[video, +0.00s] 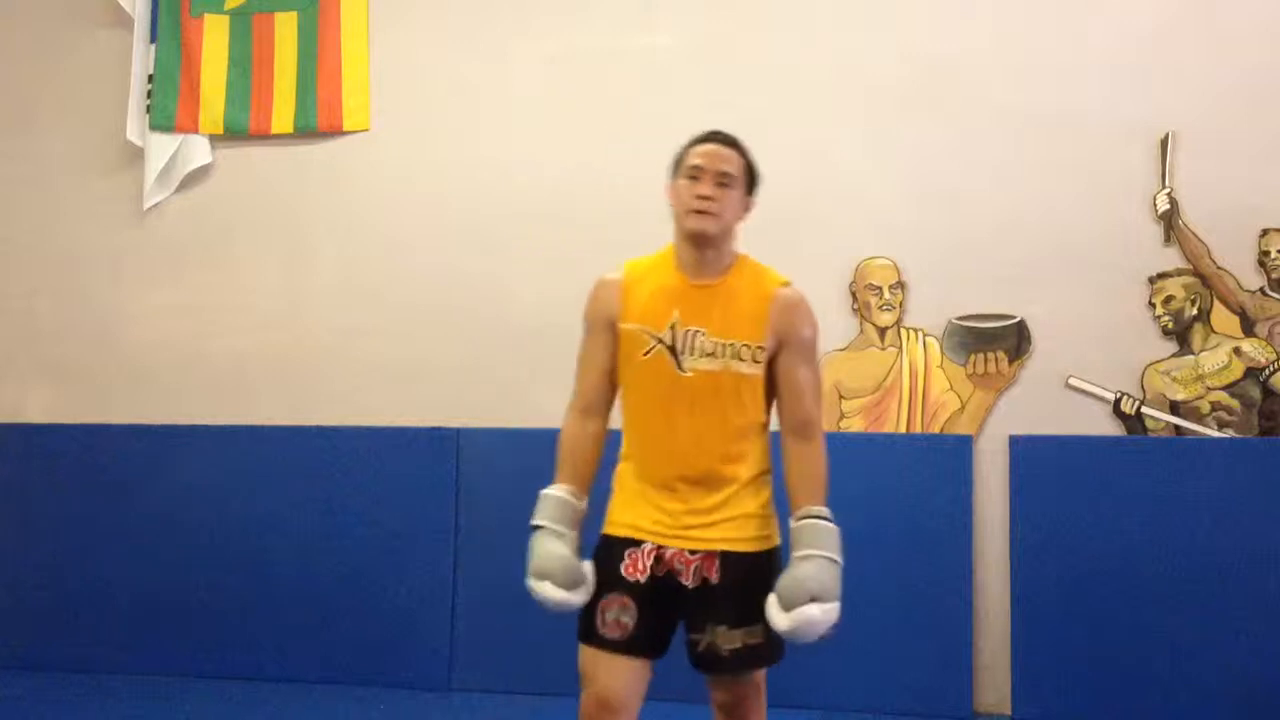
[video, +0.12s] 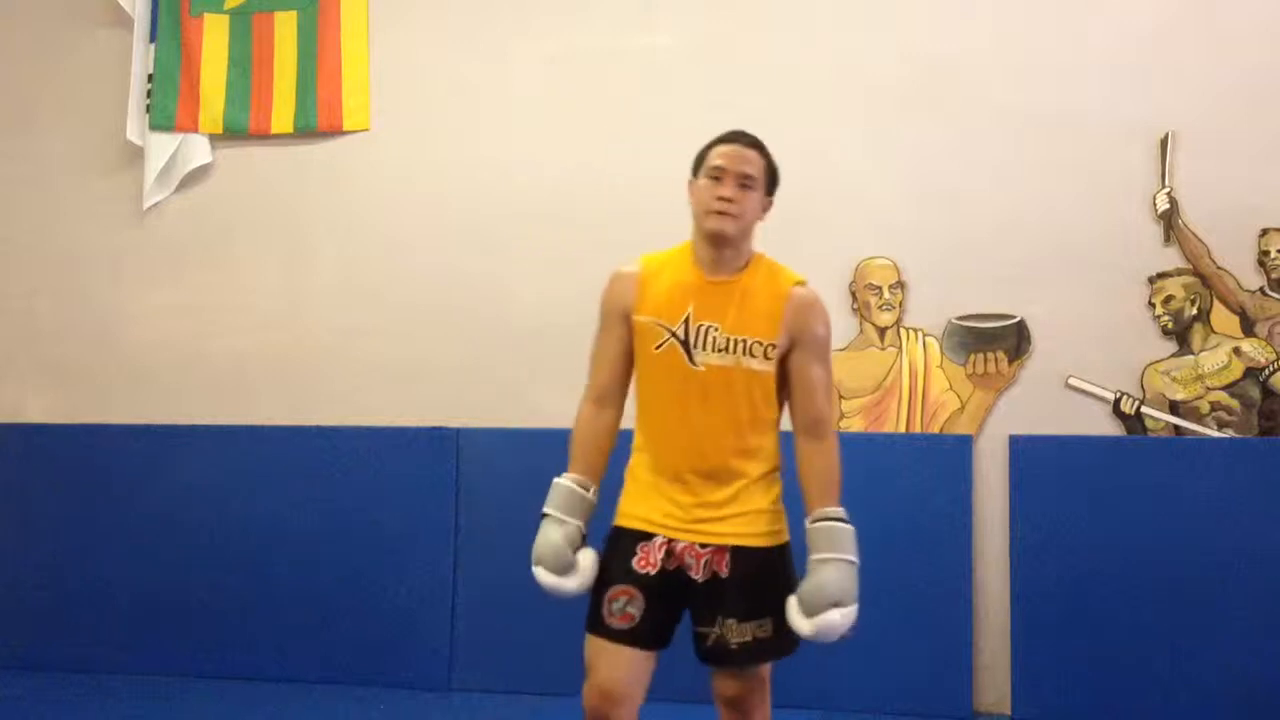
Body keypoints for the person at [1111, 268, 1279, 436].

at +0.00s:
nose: (1158, 313)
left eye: (1168, 302)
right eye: (1154, 307)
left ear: (1195, 303)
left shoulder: (1251, 349)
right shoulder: (1158, 374)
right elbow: (1164, 449)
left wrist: (1271, 373)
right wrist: (1133, 425)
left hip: (1251, 466)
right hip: (1192, 472)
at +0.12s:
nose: (1158, 313)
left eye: (1167, 302)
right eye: (1153, 307)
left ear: (1195, 303)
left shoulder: (1251, 350)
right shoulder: (1158, 374)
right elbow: (1163, 450)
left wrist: (1270, 373)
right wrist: (1133, 425)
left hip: (1250, 466)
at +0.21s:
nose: (1158, 313)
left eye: (1167, 301)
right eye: (1153, 306)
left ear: (1196, 302)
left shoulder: (1251, 349)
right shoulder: (1158, 374)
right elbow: (1164, 449)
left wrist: (1270, 372)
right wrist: (1133, 425)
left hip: (1250, 465)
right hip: (1191, 471)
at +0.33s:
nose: (1157, 313)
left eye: (1167, 302)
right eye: (1153, 307)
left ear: (1195, 303)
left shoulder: (1251, 349)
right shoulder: (1158, 374)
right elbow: (1163, 449)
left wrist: (1270, 372)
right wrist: (1133, 425)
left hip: (1249, 465)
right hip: (1191, 471)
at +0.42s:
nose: (1158, 313)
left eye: (1167, 301)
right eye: (1153, 306)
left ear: (1195, 302)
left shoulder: (1251, 350)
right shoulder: (1158, 374)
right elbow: (1163, 449)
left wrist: (1270, 372)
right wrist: (1133, 426)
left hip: (1249, 465)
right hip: (1191, 472)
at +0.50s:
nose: (1158, 313)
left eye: (1167, 301)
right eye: (1153, 306)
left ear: (1195, 302)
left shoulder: (1251, 350)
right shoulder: (1158, 374)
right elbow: (1163, 450)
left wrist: (1270, 374)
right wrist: (1133, 425)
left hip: (1250, 465)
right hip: (1192, 472)